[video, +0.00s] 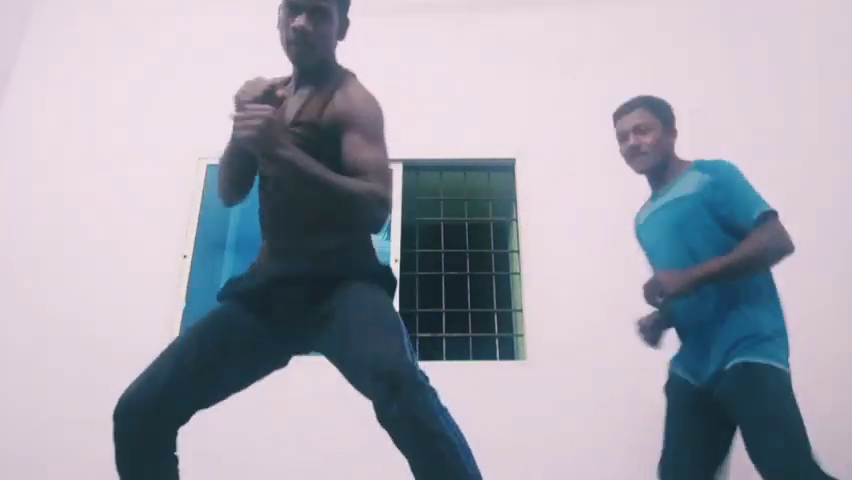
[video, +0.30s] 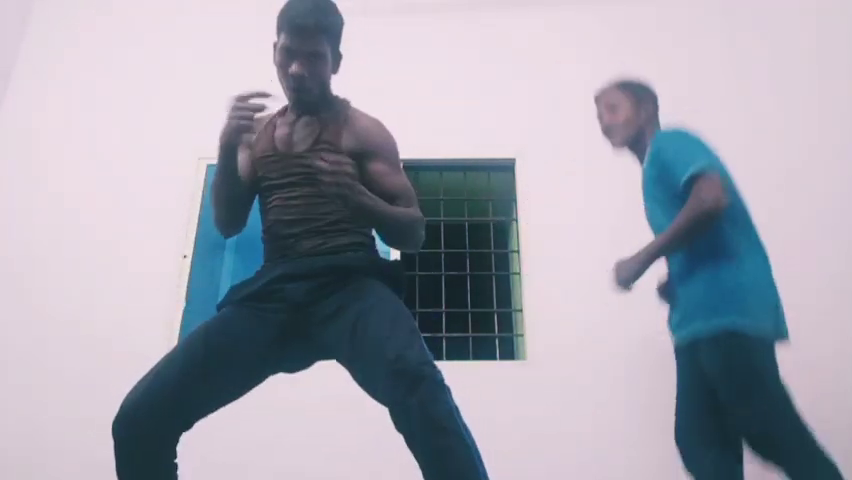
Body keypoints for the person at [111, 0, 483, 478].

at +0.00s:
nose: (301, 24)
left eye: (318, 15)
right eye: (292, 13)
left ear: (342, 28)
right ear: (280, 25)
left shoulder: (354, 101)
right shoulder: (258, 95)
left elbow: (377, 205)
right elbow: (229, 192)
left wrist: (283, 150)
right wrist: (244, 137)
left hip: (347, 291)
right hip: (269, 292)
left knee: (397, 384)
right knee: (139, 413)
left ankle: (463, 479)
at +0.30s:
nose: (298, 69)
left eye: (313, 58)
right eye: (288, 56)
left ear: (337, 61)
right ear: (275, 58)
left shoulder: (364, 131)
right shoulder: (256, 135)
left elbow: (412, 235)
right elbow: (228, 224)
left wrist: (356, 193)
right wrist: (226, 148)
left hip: (352, 292)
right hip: (273, 296)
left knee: (414, 377)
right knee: (140, 421)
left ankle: (470, 478)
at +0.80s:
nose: (324, 72)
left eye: (337, 60)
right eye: (315, 59)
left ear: (361, 62)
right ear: (299, 59)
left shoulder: (388, 139)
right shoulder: (269, 119)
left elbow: (458, 201)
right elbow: (188, 166)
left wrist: (531, 154)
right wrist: (129, 126)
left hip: (363, 290)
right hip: (274, 293)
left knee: (445, 379)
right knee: (144, 427)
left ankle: (487, 474)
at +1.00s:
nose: (335, 71)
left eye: (348, 59)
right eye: (324, 57)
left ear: (368, 61)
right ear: (306, 55)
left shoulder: (395, 139)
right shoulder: (274, 126)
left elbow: (463, 212)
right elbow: (195, 183)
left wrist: (536, 179)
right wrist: (103, 137)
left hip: (370, 283)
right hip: (280, 287)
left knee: (445, 374)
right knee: (151, 426)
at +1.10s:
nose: (337, 67)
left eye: (351, 56)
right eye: (327, 54)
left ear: (371, 58)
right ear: (312, 54)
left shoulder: (397, 135)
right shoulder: (279, 127)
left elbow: (458, 227)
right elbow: (218, 201)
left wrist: (475, 211)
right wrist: (145, 190)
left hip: (372, 273)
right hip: (286, 279)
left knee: (439, 370)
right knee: (159, 423)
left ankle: (481, 476)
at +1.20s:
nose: (340, 66)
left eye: (354, 54)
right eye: (330, 53)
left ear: (374, 58)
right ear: (314, 55)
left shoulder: (395, 132)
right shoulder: (280, 131)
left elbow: (456, 222)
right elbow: (236, 214)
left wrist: (430, 249)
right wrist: (194, 226)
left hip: (373, 277)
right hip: (287, 284)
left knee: (437, 369)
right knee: (159, 425)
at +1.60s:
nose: (276, 13)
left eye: (287, 5)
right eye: (266, 4)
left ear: (304, 13)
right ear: (252, 13)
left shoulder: (333, 77)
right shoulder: (218, 82)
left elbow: (377, 147)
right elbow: (190, 165)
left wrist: (407, 179)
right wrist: (145, 193)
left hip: (317, 223)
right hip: (234, 228)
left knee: (368, 343)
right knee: (171, 374)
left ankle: (395, 473)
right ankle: (164, 477)